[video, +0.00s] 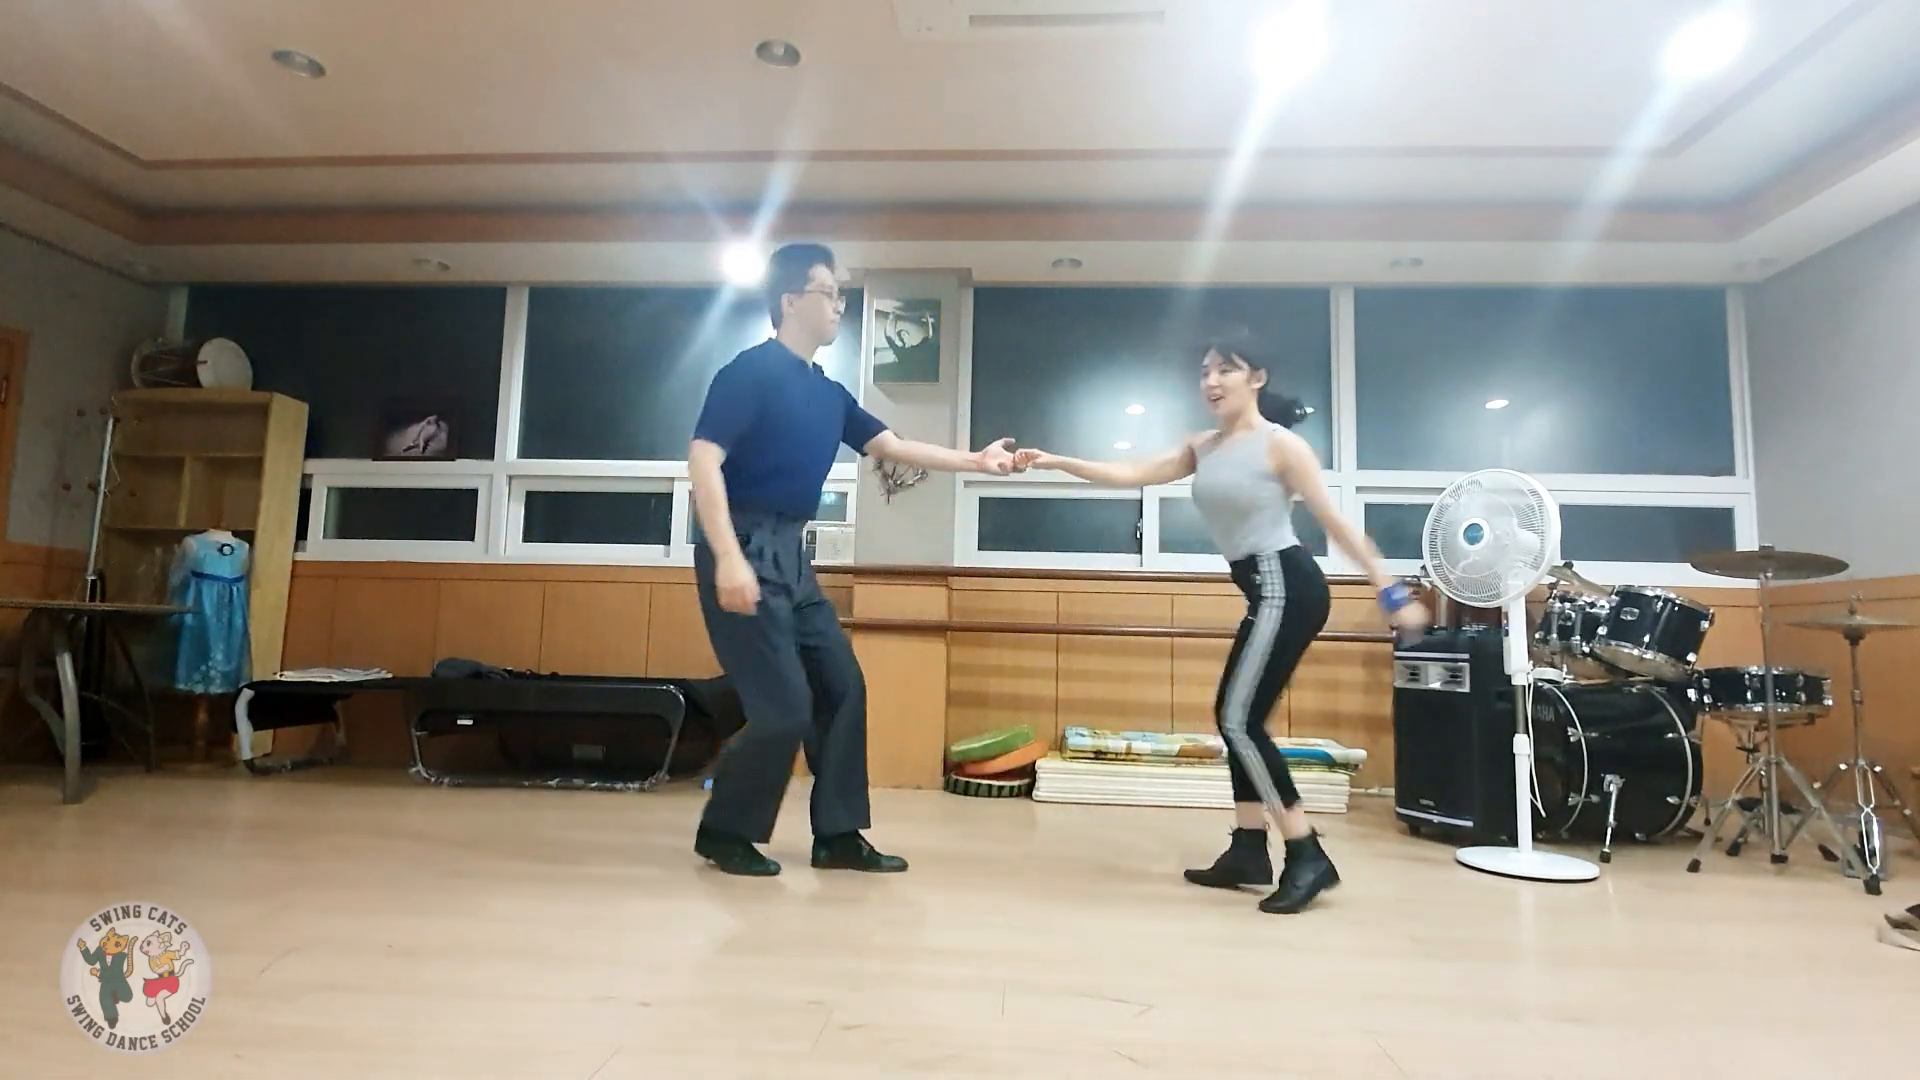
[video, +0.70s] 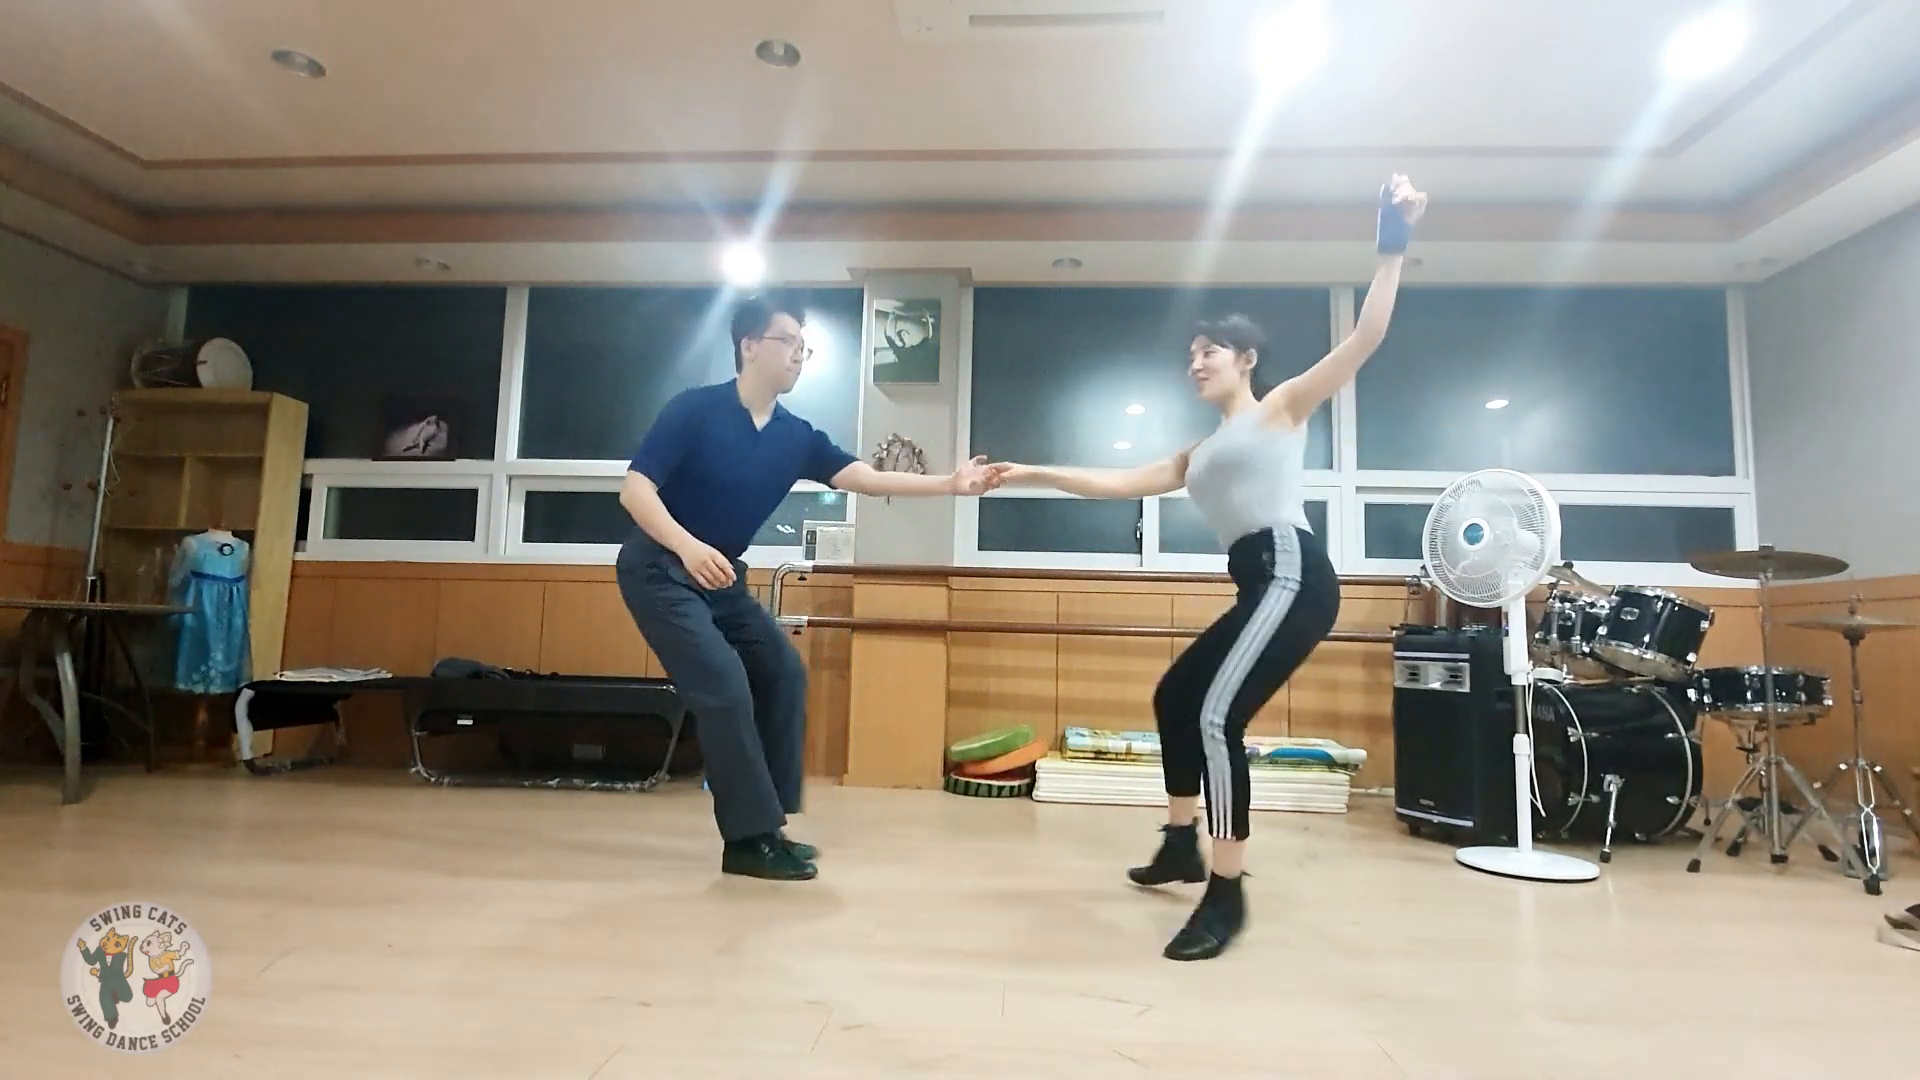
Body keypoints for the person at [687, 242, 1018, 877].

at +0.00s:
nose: (839, 307)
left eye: (839, 296)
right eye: (828, 294)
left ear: (811, 305)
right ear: (789, 301)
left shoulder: (829, 392)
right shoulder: (748, 373)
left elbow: (891, 446)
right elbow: (703, 462)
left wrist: (977, 461)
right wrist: (728, 557)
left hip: (789, 551)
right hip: (737, 548)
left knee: (841, 686)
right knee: (783, 705)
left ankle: (838, 836)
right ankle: (723, 831)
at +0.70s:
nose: (799, 353)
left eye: (802, 344)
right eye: (786, 341)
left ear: (800, 355)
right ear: (747, 347)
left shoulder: (796, 436)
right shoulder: (693, 410)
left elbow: (872, 479)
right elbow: (635, 489)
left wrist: (954, 483)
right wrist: (684, 544)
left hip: (722, 578)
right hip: (659, 568)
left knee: (782, 671)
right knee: (724, 684)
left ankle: (763, 829)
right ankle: (745, 841)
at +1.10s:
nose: (742, 360)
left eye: (749, 353)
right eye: (728, 347)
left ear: (751, 367)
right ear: (695, 356)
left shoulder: (738, 445)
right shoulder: (647, 416)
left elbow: (806, 483)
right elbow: (613, 497)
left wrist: (883, 489)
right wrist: (687, 533)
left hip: (658, 582)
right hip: (600, 572)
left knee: (713, 693)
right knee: (677, 685)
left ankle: (644, 821)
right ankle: (730, 830)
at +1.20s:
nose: (728, 357)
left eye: (733, 352)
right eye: (716, 345)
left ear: (733, 367)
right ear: (679, 350)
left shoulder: (721, 439)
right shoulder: (630, 411)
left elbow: (779, 477)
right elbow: (609, 490)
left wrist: (853, 480)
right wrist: (689, 519)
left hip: (642, 576)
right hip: (586, 567)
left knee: (703, 683)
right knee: (669, 675)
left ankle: (648, 820)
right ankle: (655, 825)